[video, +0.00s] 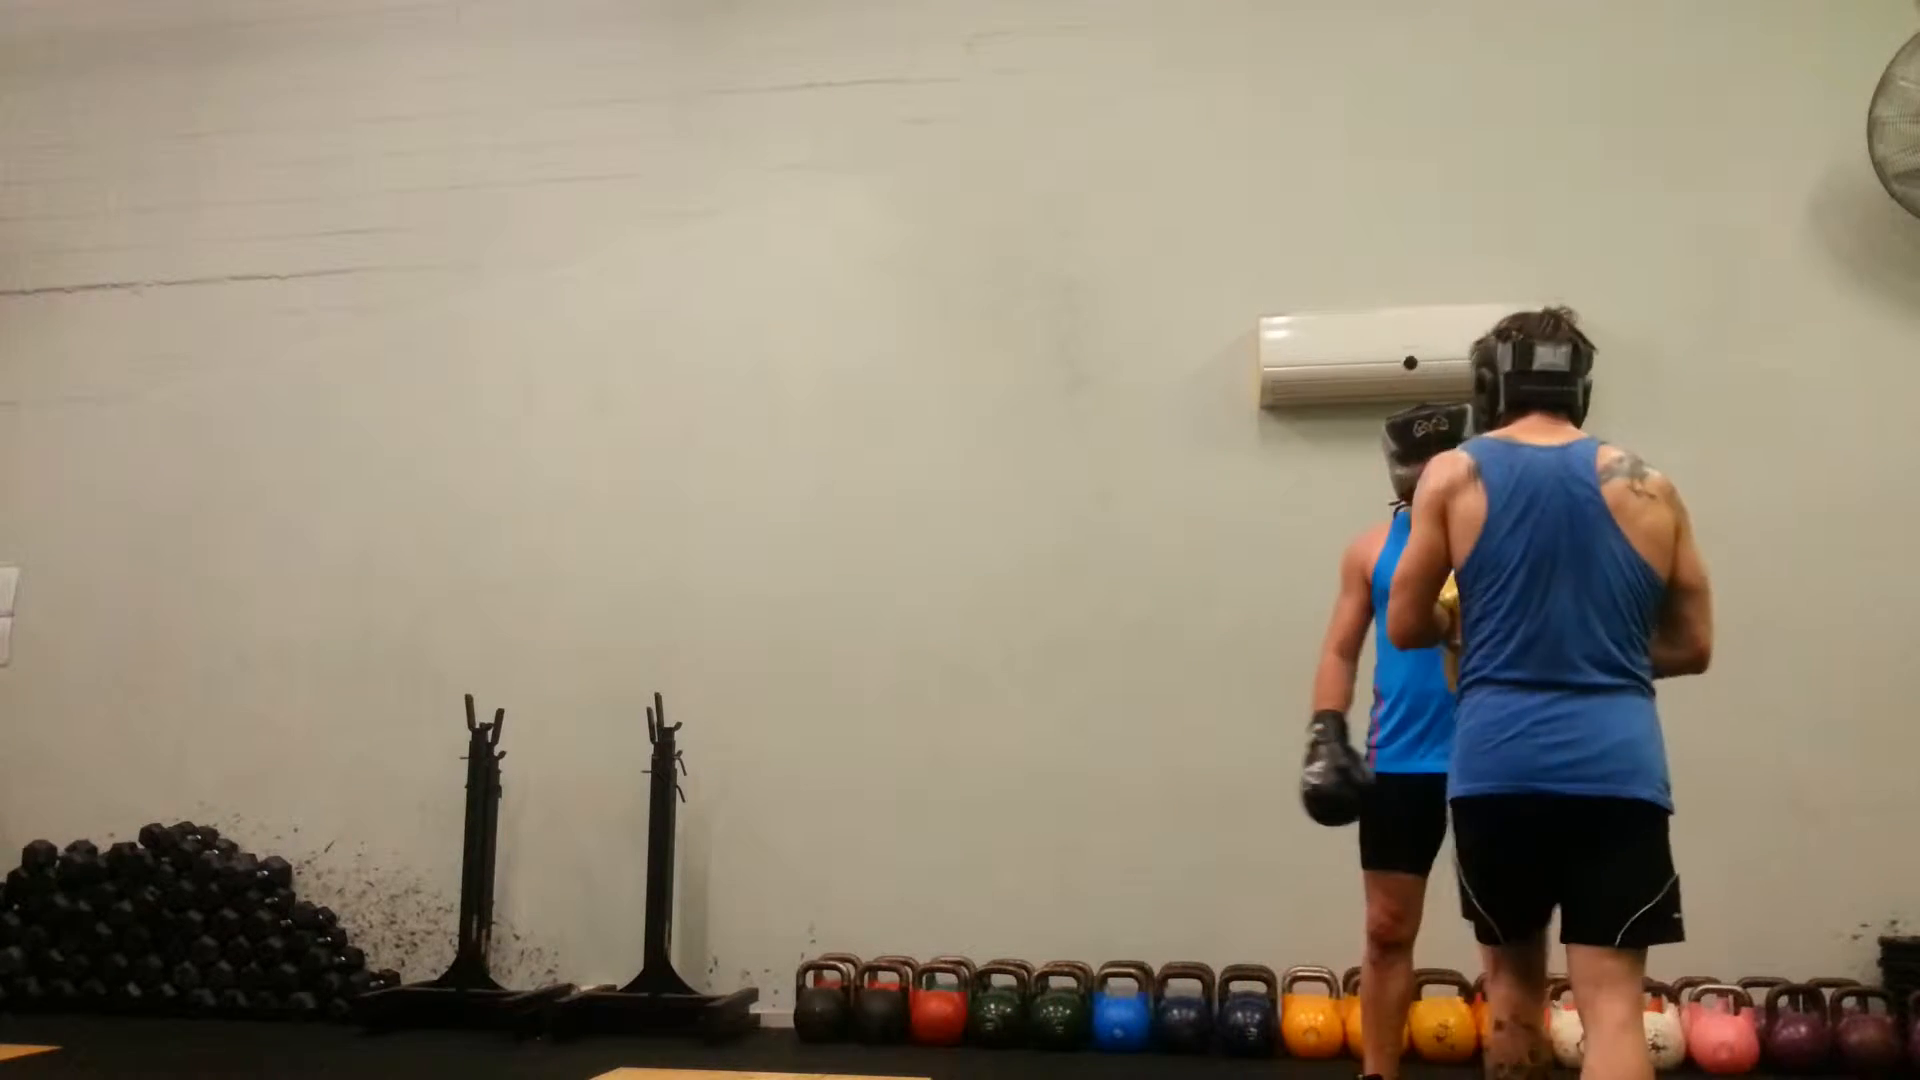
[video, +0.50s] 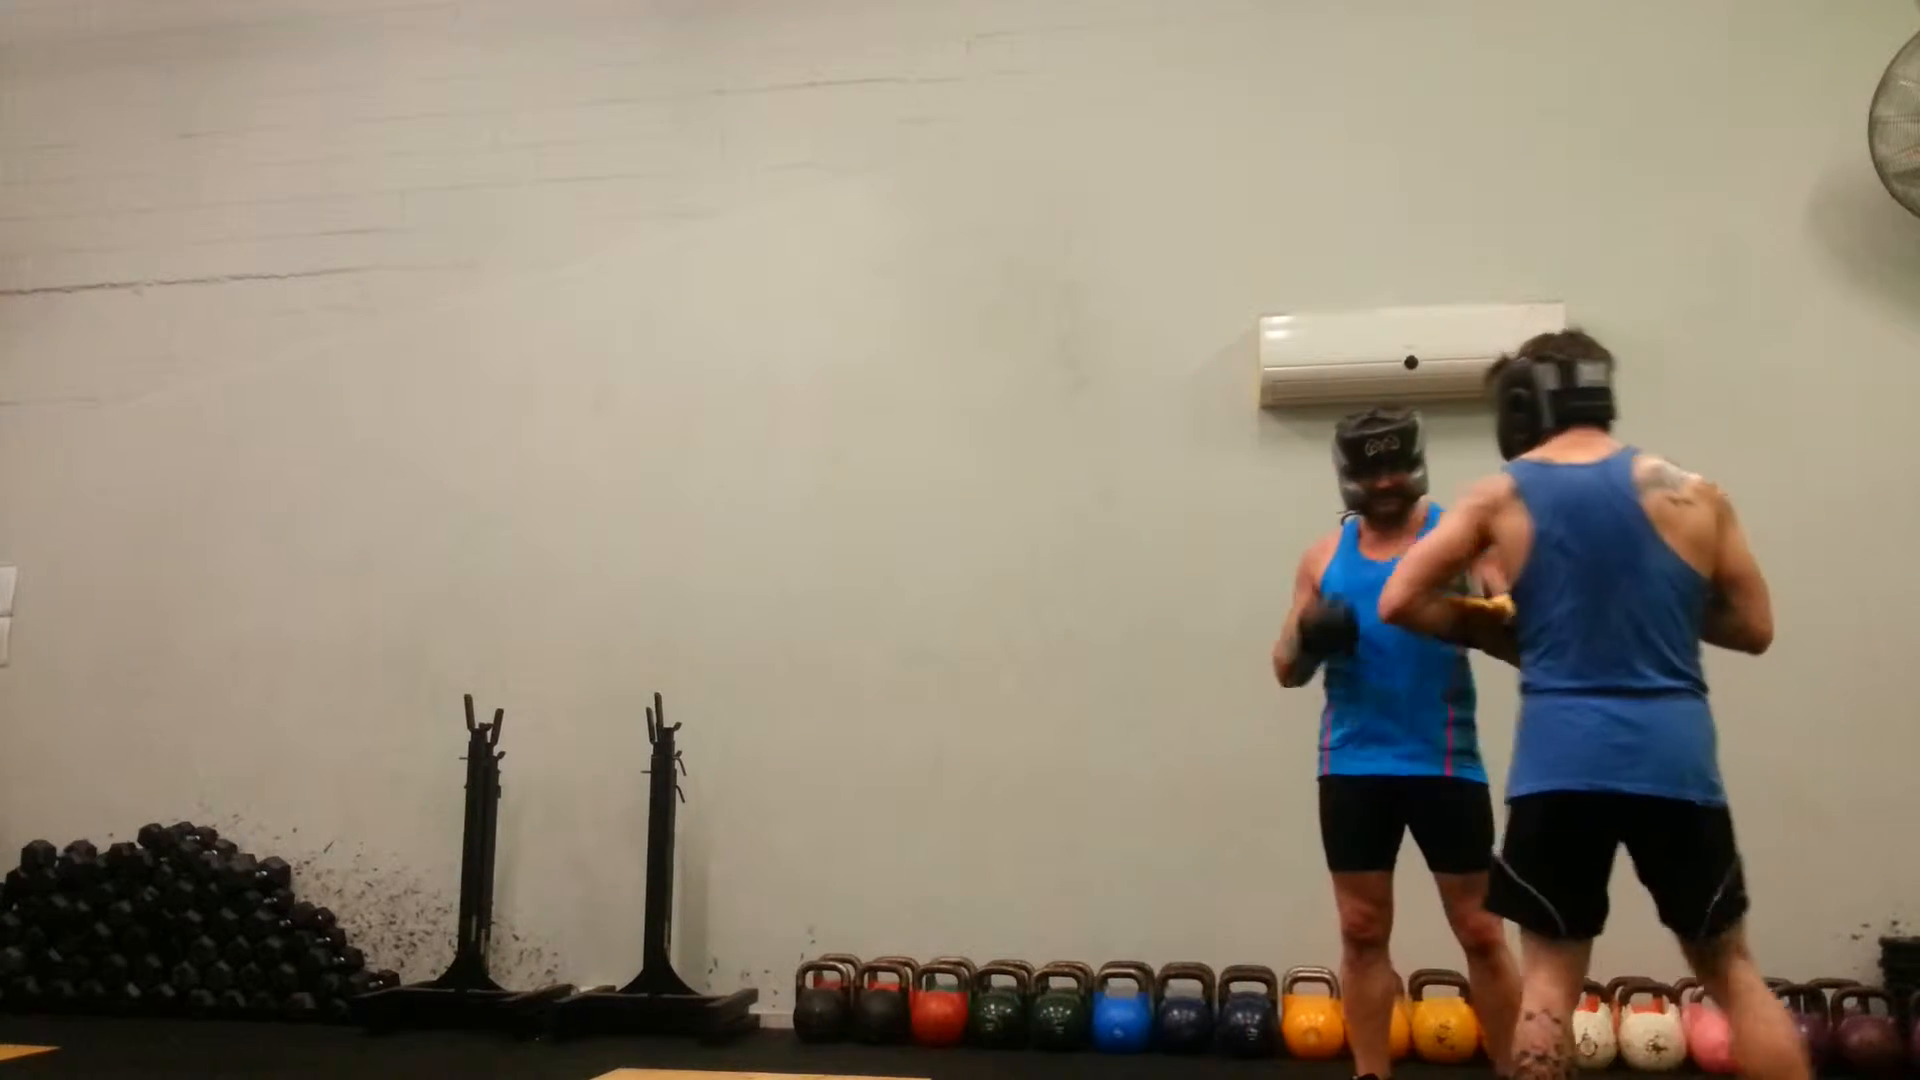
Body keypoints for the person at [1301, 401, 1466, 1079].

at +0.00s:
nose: (1428, 474)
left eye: (1440, 460)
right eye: (1416, 462)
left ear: (1463, 467)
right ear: (1396, 471)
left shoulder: (1499, 540)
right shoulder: (1373, 548)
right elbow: (1342, 648)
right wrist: (1327, 733)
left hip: (1492, 762)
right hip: (1403, 762)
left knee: (1506, 938)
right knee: (1387, 931)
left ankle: (1512, 1073)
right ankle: (1379, 1070)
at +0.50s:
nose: (1385, 487)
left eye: (1397, 473)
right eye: (1370, 476)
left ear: (1418, 470)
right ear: (1347, 480)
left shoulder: (1457, 537)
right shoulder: (1324, 554)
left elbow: (1522, 632)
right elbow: (1286, 667)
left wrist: (1461, 615)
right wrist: (1310, 635)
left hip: (1446, 764)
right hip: (1354, 766)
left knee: (1481, 932)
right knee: (1362, 930)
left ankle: (1511, 1071)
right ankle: (1371, 1072)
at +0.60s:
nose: (1375, 489)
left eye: (1387, 475)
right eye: (1359, 477)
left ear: (1409, 474)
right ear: (1337, 481)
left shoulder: (1440, 542)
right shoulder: (1316, 549)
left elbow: (1496, 643)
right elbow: (1275, 666)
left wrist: (1442, 562)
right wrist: (1312, 607)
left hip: (1437, 763)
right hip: (1345, 766)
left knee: (1478, 932)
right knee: (1356, 930)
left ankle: (1511, 1071)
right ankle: (1369, 1072)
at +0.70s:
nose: (1369, 493)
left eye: (1381, 478)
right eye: (1354, 480)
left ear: (1403, 475)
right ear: (1331, 480)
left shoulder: (1442, 543)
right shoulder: (1300, 552)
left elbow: (1480, 644)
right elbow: (1262, 656)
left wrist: (1432, 566)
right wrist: (1318, 586)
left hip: (1429, 761)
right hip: (1337, 766)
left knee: (1472, 926)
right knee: (1351, 930)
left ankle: (1508, 1067)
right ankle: (1366, 1071)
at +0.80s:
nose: (1364, 498)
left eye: (1378, 484)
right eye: (1349, 485)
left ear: (1397, 479)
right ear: (1325, 480)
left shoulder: (1429, 543)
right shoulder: (1289, 550)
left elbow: (1482, 646)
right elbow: (1248, 657)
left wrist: (1435, 573)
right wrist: (1312, 588)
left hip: (1424, 756)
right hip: (1332, 765)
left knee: (1465, 918)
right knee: (1346, 928)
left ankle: (1489, 1064)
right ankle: (1364, 1070)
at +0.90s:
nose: (1363, 506)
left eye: (1374, 492)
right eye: (1348, 494)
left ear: (1387, 483)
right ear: (1318, 482)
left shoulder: (1413, 543)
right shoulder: (1278, 553)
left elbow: (1477, 647)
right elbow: (1242, 661)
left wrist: (1446, 597)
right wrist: (1304, 609)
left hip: (1419, 753)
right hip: (1329, 764)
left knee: (1454, 912)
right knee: (1344, 927)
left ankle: (1455, 1063)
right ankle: (1363, 1069)